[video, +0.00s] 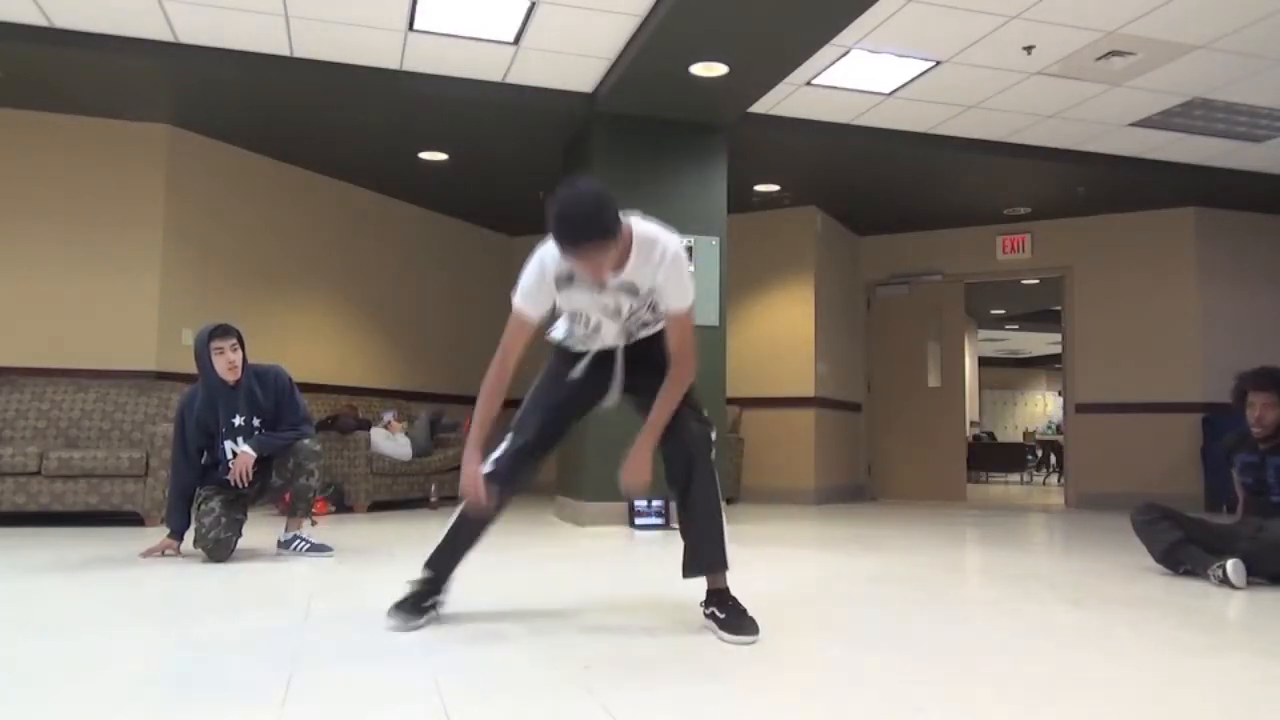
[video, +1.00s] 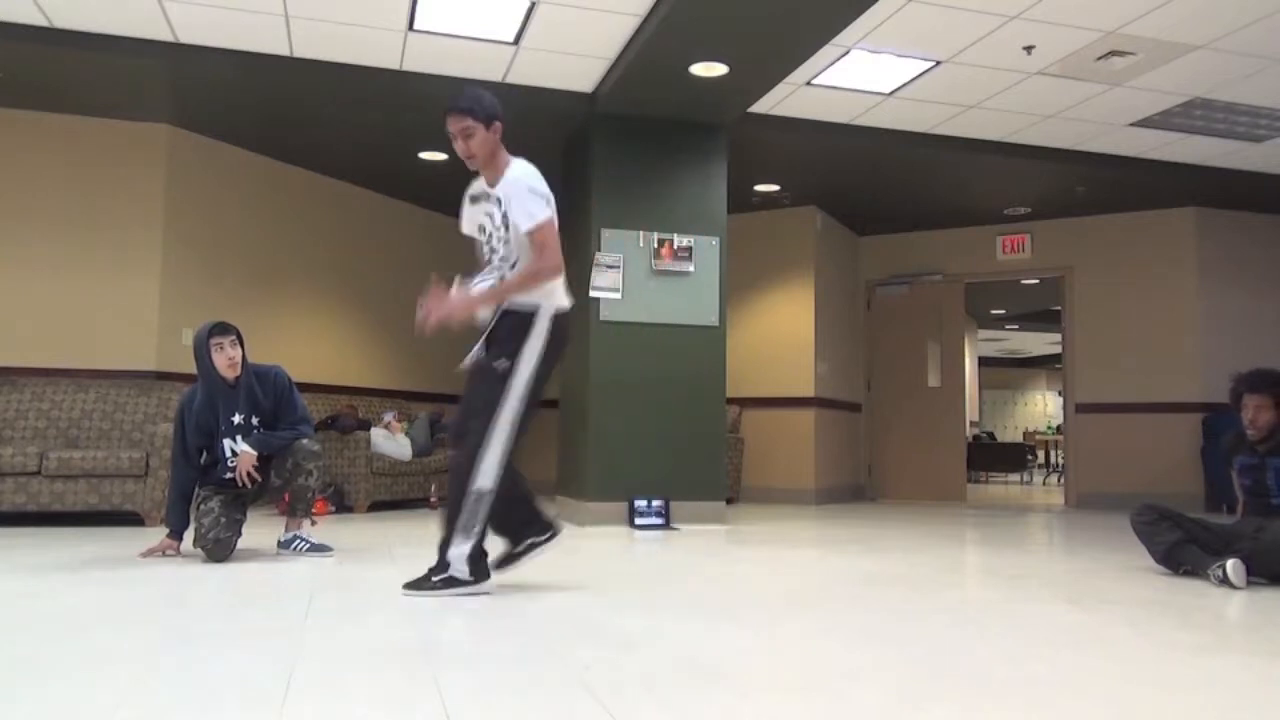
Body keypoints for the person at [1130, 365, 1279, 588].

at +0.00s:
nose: (1257, 415)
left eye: (1268, 407)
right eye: (1251, 406)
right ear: (1244, 409)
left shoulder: (1275, 451)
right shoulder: (1239, 449)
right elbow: (1243, 501)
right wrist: (1239, 529)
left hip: (1271, 536)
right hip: (1240, 531)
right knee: (1145, 513)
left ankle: (1194, 561)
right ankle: (1210, 567)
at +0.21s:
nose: (1258, 416)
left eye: (1269, 407)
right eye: (1252, 406)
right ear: (1245, 409)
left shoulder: (1275, 454)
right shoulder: (1241, 452)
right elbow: (1243, 501)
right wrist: (1240, 531)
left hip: (1271, 536)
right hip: (1240, 532)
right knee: (1145, 514)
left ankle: (1195, 561)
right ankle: (1209, 567)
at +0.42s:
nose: (1256, 415)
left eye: (1267, 407)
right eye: (1250, 405)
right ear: (1243, 409)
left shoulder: (1275, 451)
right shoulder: (1239, 450)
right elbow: (1243, 500)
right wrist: (1239, 530)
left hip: (1270, 535)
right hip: (1239, 533)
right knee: (1145, 514)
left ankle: (1198, 562)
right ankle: (1210, 566)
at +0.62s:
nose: (1253, 417)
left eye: (1264, 408)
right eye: (1248, 408)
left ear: (1279, 412)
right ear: (1240, 411)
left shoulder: (1275, 452)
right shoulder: (1239, 450)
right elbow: (1243, 500)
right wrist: (1238, 530)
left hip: (1271, 536)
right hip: (1239, 533)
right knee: (1145, 514)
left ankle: (1198, 562)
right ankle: (1210, 566)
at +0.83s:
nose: (1251, 417)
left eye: (1262, 409)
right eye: (1246, 408)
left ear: (1278, 412)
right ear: (1239, 411)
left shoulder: (1275, 451)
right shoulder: (1237, 450)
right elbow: (1243, 501)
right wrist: (1238, 532)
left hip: (1271, 536)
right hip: (1240, 533)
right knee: (1145, 514)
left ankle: (1198, 562)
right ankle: (1210, 566)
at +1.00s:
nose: (1250, 417)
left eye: (1261, 409)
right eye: (1246, 408)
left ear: (1277, 412)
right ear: (1238, 411)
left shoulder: (1275, 451)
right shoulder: (1237, 450)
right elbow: (1243, 501)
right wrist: (1237, 532)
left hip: (1271, 536)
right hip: (1240, 534)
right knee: (1144, 514)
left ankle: (1198, 562)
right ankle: (1210, 566)